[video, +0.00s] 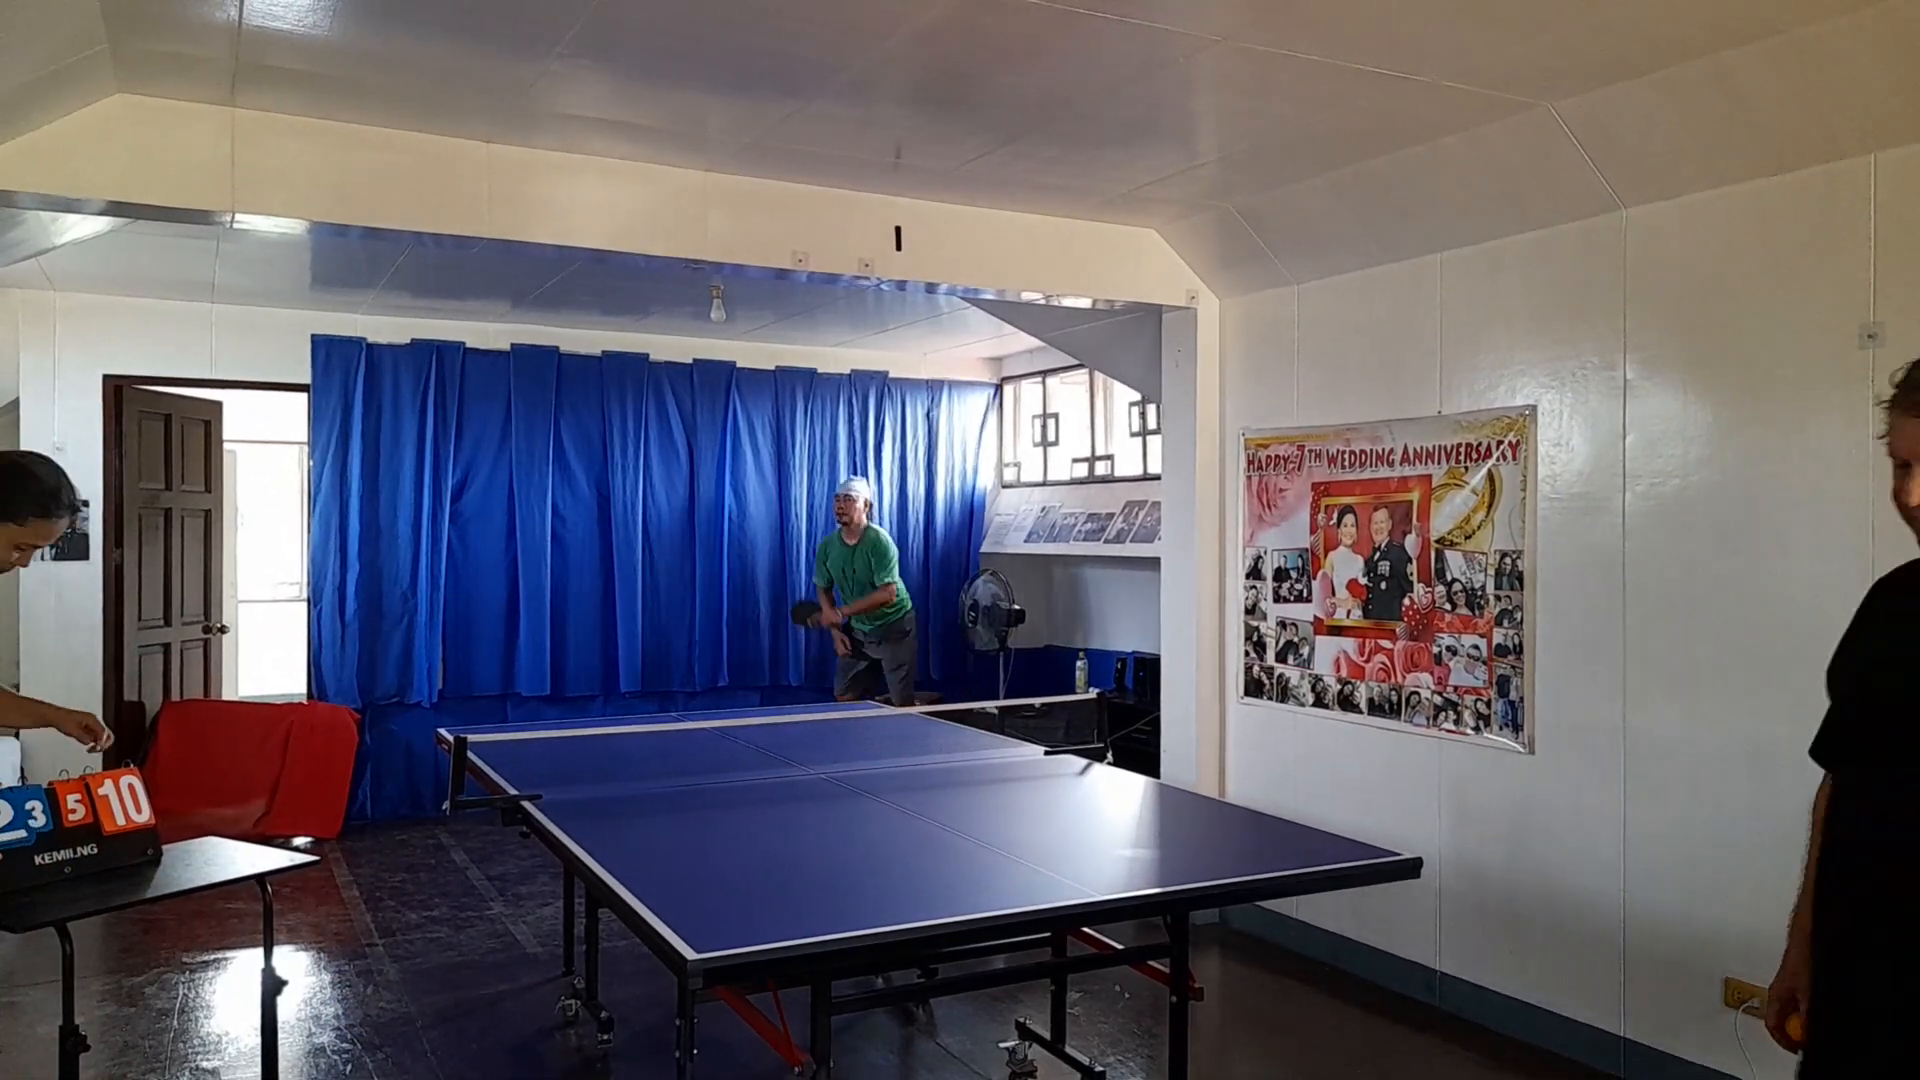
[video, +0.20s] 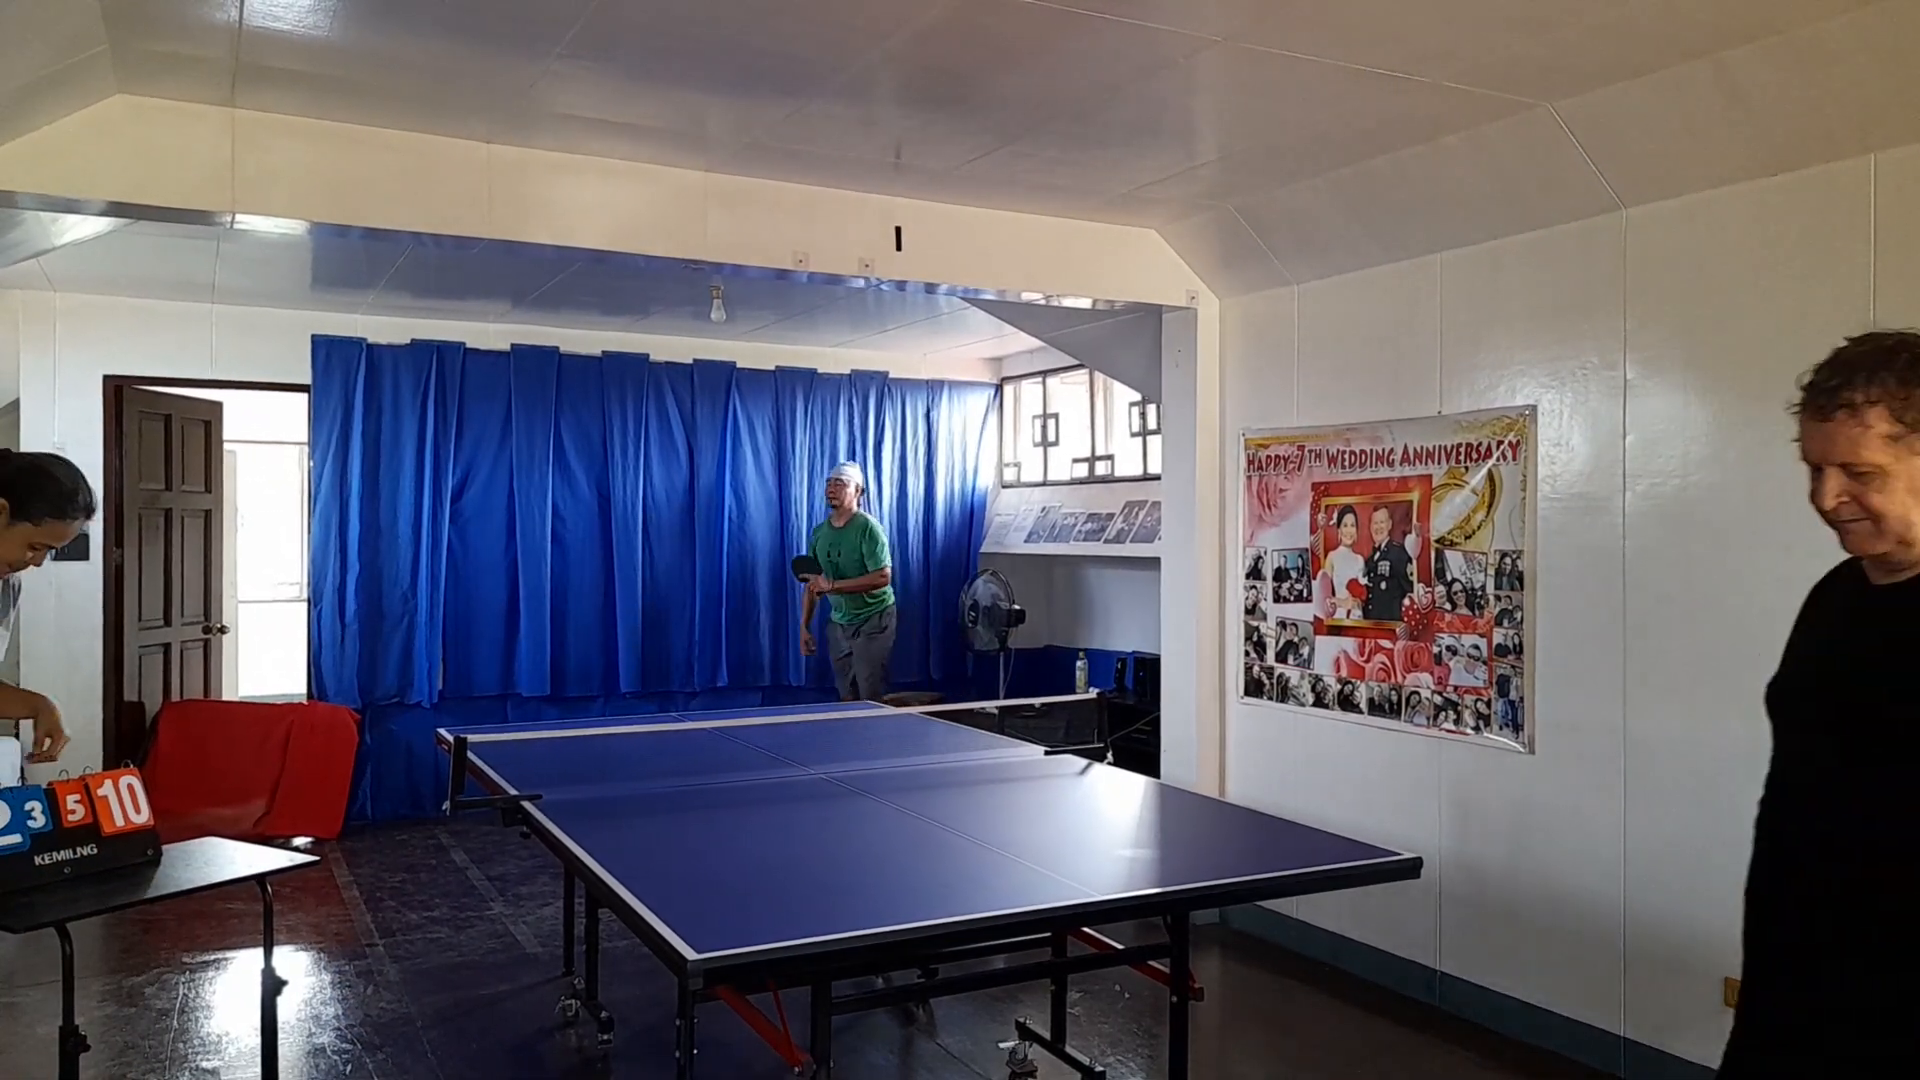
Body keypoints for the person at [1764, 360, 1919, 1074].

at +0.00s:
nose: (1909, 492)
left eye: (1919, 467)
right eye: (1901, 467)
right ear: (1890, 466)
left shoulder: (1894, 600)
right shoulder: (1893, 600)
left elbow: (1837, 788)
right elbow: (1840, 787)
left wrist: (1801, 955)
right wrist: (1801, 948)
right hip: (1869, 986)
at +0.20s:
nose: (1825, 499)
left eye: (1857, 473)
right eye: (1816, 471)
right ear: (1808, 465)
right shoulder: (1836, 603)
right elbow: (1789, 820)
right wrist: (1763, 999)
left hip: (1909, 1008)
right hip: (1808, 1001)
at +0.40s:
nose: (1729, 508)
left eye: (1758, 481)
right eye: (1718, 481)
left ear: (1856, 465)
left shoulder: (1915, 596)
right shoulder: (1752, 605)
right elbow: (1723, 819)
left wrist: (1874, 1047)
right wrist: (1704, 1010)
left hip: (1858, 1049)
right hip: (1723, 1021)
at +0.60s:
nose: (1599, 501)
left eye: (1623, 477)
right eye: (1597, 475)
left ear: (1719, 473)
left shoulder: (1844, 623)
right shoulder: (1632, 620)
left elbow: (1892, 864)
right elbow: (1604, 831)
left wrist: (1812, 1068)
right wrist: (1586, 1021)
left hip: (1761, 1049)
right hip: (1613, 1031)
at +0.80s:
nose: (1478, 483)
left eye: (1498, 460)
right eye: (1480, 459)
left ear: (1584, 467)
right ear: (1579, 470)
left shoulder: (1732, 622)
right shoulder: (1515, 619)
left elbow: (1805, 861)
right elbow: (1480, 825)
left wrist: (1824, 1063)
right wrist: (1429, 980)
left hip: (1658, 1048)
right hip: (1497, 1036)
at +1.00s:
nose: (1386, 475)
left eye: (1403, 450)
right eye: (1390, 452)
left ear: (1485, 457)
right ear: (1476, 460)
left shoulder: (1637, 616)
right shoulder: (1426, 619)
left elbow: (1737, 844)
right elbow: (1369, 783)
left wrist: (1767, 1060)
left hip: (1571, 1048)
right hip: (1417, 1036)